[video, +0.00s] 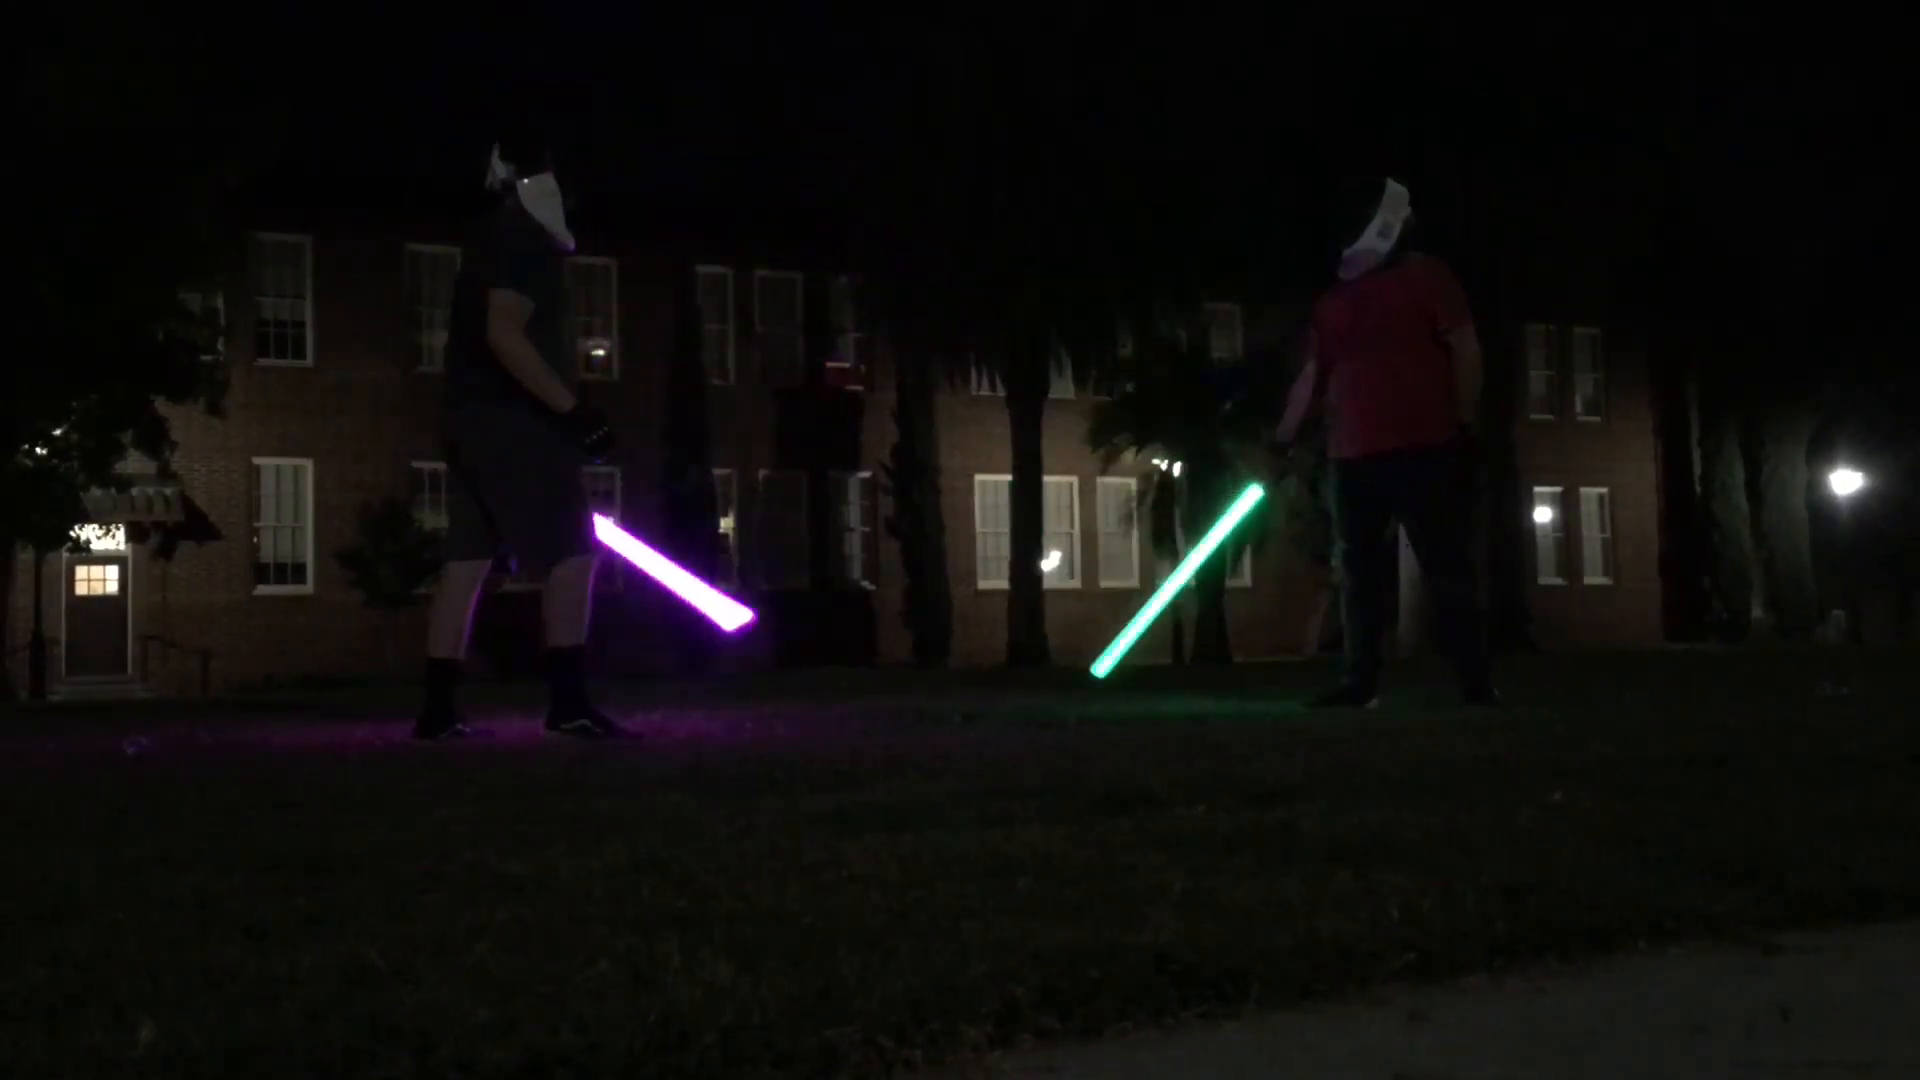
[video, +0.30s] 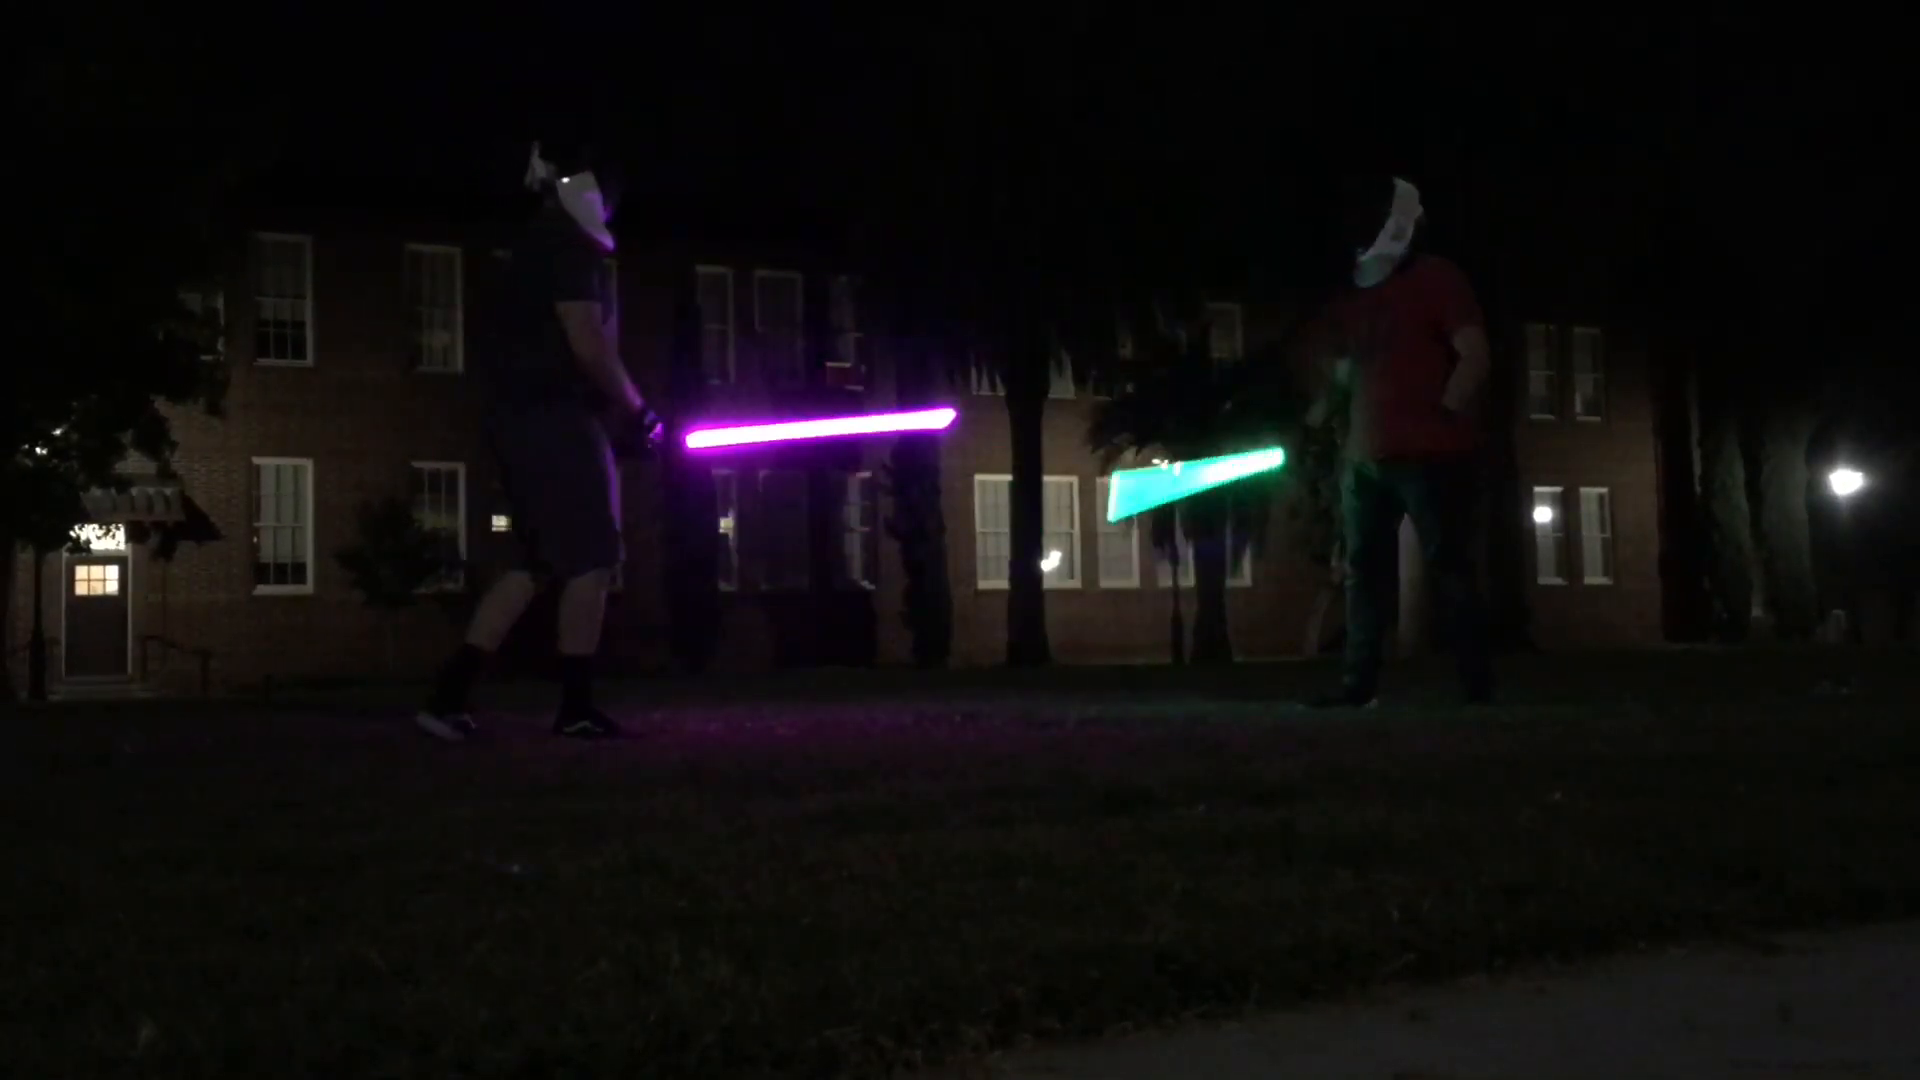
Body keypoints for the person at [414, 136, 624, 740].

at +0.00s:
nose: (567, 200)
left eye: (563, 187)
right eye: (559, 187)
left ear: (510, 188)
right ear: (537, 187)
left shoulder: (489, 243)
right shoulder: (524, 244)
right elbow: (506, 334)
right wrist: (571, 408)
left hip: (477, 432)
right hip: (523, 431)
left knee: (467, 560)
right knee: (573, 552)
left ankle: (437, 708)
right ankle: (569, 702)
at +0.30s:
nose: (614, 210)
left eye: (611, 198)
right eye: (608, 198)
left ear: (557, 197)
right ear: (590, 199)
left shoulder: (533, 247)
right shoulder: (575, 252)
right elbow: (590, 343)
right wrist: (639, 413)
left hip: (521, 427)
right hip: (566, 428)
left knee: (533, 560)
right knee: (593, 560)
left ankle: (452, 691)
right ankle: (577, 706)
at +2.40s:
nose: (1065, 211)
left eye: (1062, 199)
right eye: (1058, 201)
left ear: (1001, 209)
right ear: (1040, 205)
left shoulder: (967, 266)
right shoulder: (1056, 263)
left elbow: (957, 365)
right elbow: (1092, 358)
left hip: (991, 444)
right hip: (1062, 443)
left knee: (960, 569)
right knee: (1137, 560)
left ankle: (880, 689)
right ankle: (1166, 694)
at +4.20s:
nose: (1025, 189)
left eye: (1021, 176)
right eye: (1016, 176)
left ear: (964, 182)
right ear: (989, 179)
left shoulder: (940, 236)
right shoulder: (998, 241)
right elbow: (1041, 356)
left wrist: (1040, 364)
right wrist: (1066, 377)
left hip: (959, 414)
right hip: (990, 417)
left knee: (1059, 533)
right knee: (1018, 559)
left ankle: (1072, 686)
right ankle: (936, 705)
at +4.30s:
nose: (1050, 193)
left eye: (1046, 181)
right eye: (1042, 182)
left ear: (991, 187)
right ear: (1017, 186)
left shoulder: (974, 241)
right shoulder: (1027, 248)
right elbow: (1092, 356)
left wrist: (1095, 343)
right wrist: (1123, 357)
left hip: (991, 419)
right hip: (1015, 423)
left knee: (1091, 542)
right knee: (1025, 566)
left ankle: (1146, 677)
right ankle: (937, 704)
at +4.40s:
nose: (1081, 201)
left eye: (1077, 190)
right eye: (1073, 191)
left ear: (1025, 197)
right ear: (1052, 197)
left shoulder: (1012, 251)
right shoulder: (1068, 257)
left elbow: (1114, 277)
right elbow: (1154, 325)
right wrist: (1193, 301)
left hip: (1025, 429)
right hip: (1052, 433)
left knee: (1132, 546)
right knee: (1027, 570)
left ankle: (1191, 679)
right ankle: (938, 702)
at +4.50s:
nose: (1115, 219)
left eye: (1112, 209)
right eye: (1110, 208)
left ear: (1061, 210)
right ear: (1088, 211)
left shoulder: (1058, 261)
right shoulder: (1095, 262)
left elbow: (1134, 254)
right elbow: (1199, 267)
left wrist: (1187, 216)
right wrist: (1221, 234)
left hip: (1093, 445)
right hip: (1091, 445)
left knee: (1181, 556)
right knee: (1066, 573)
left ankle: (1216, 692)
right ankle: (954, 696)